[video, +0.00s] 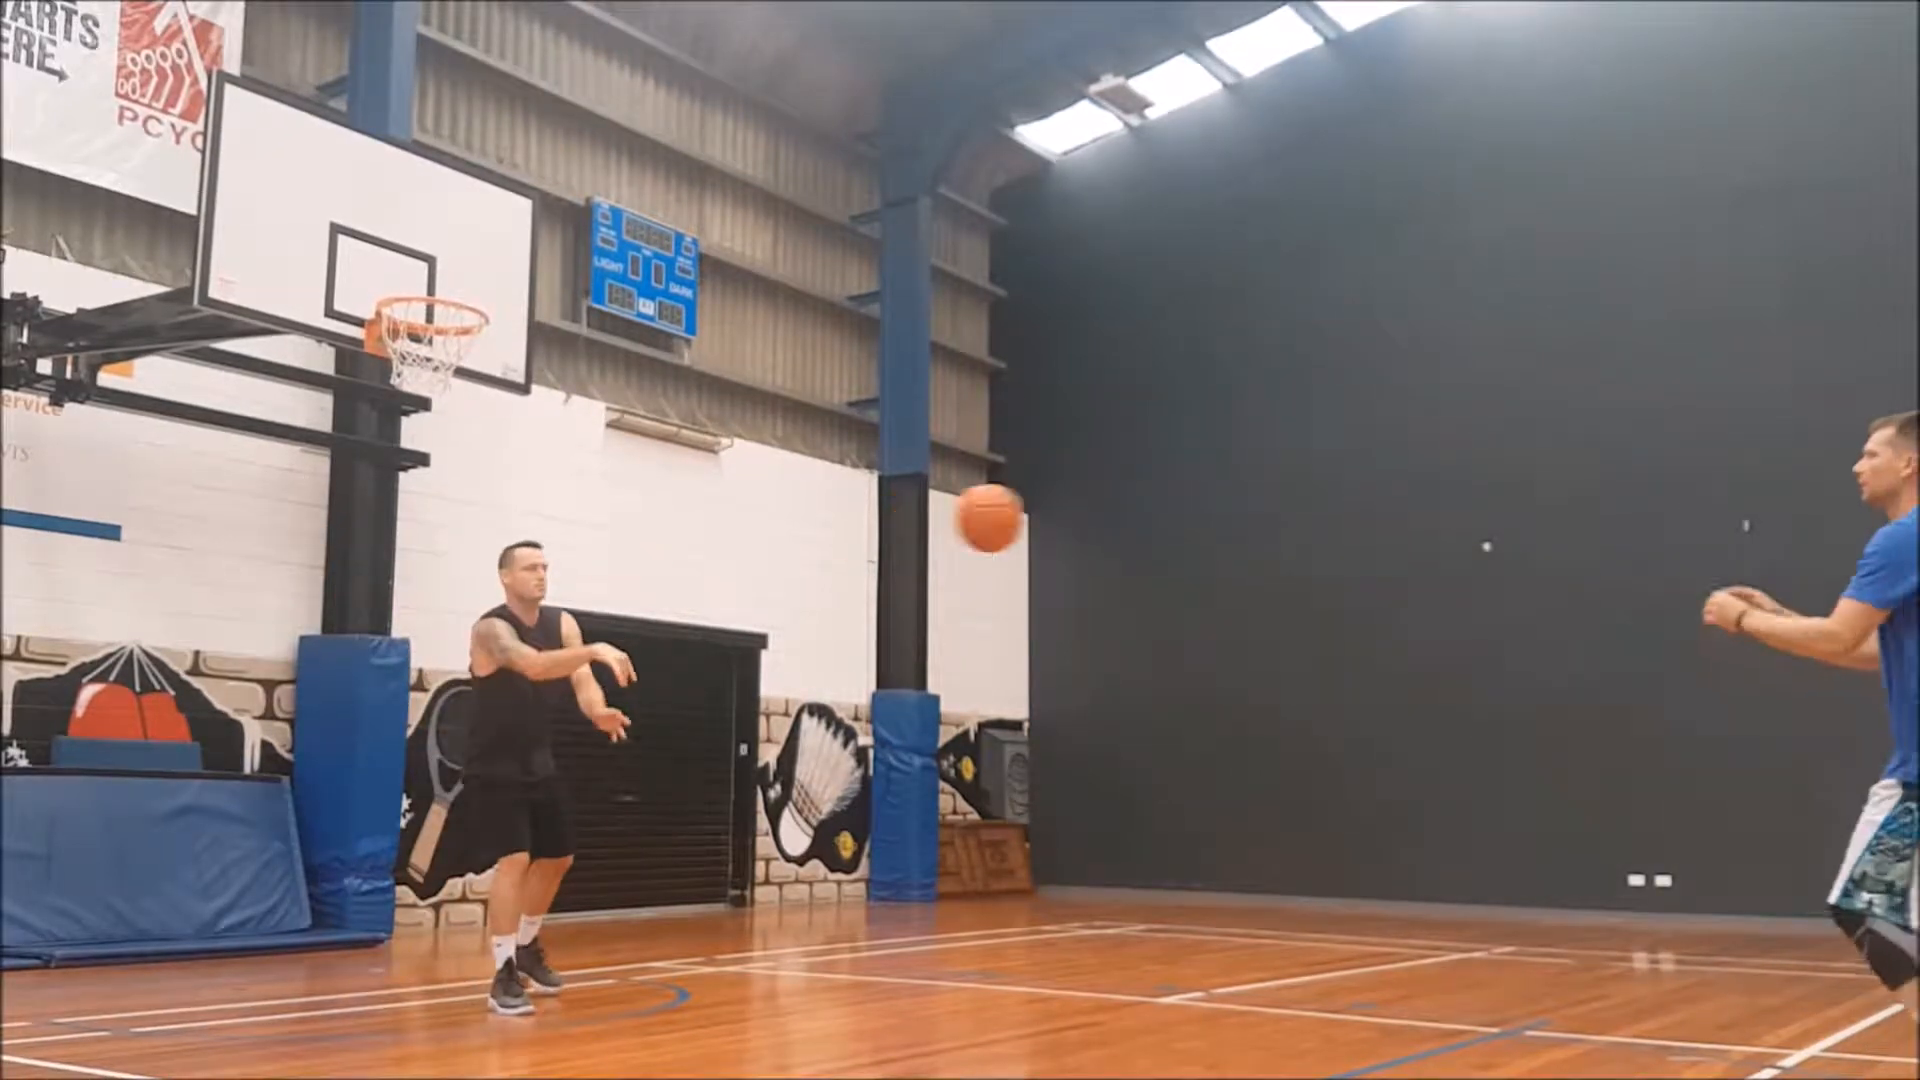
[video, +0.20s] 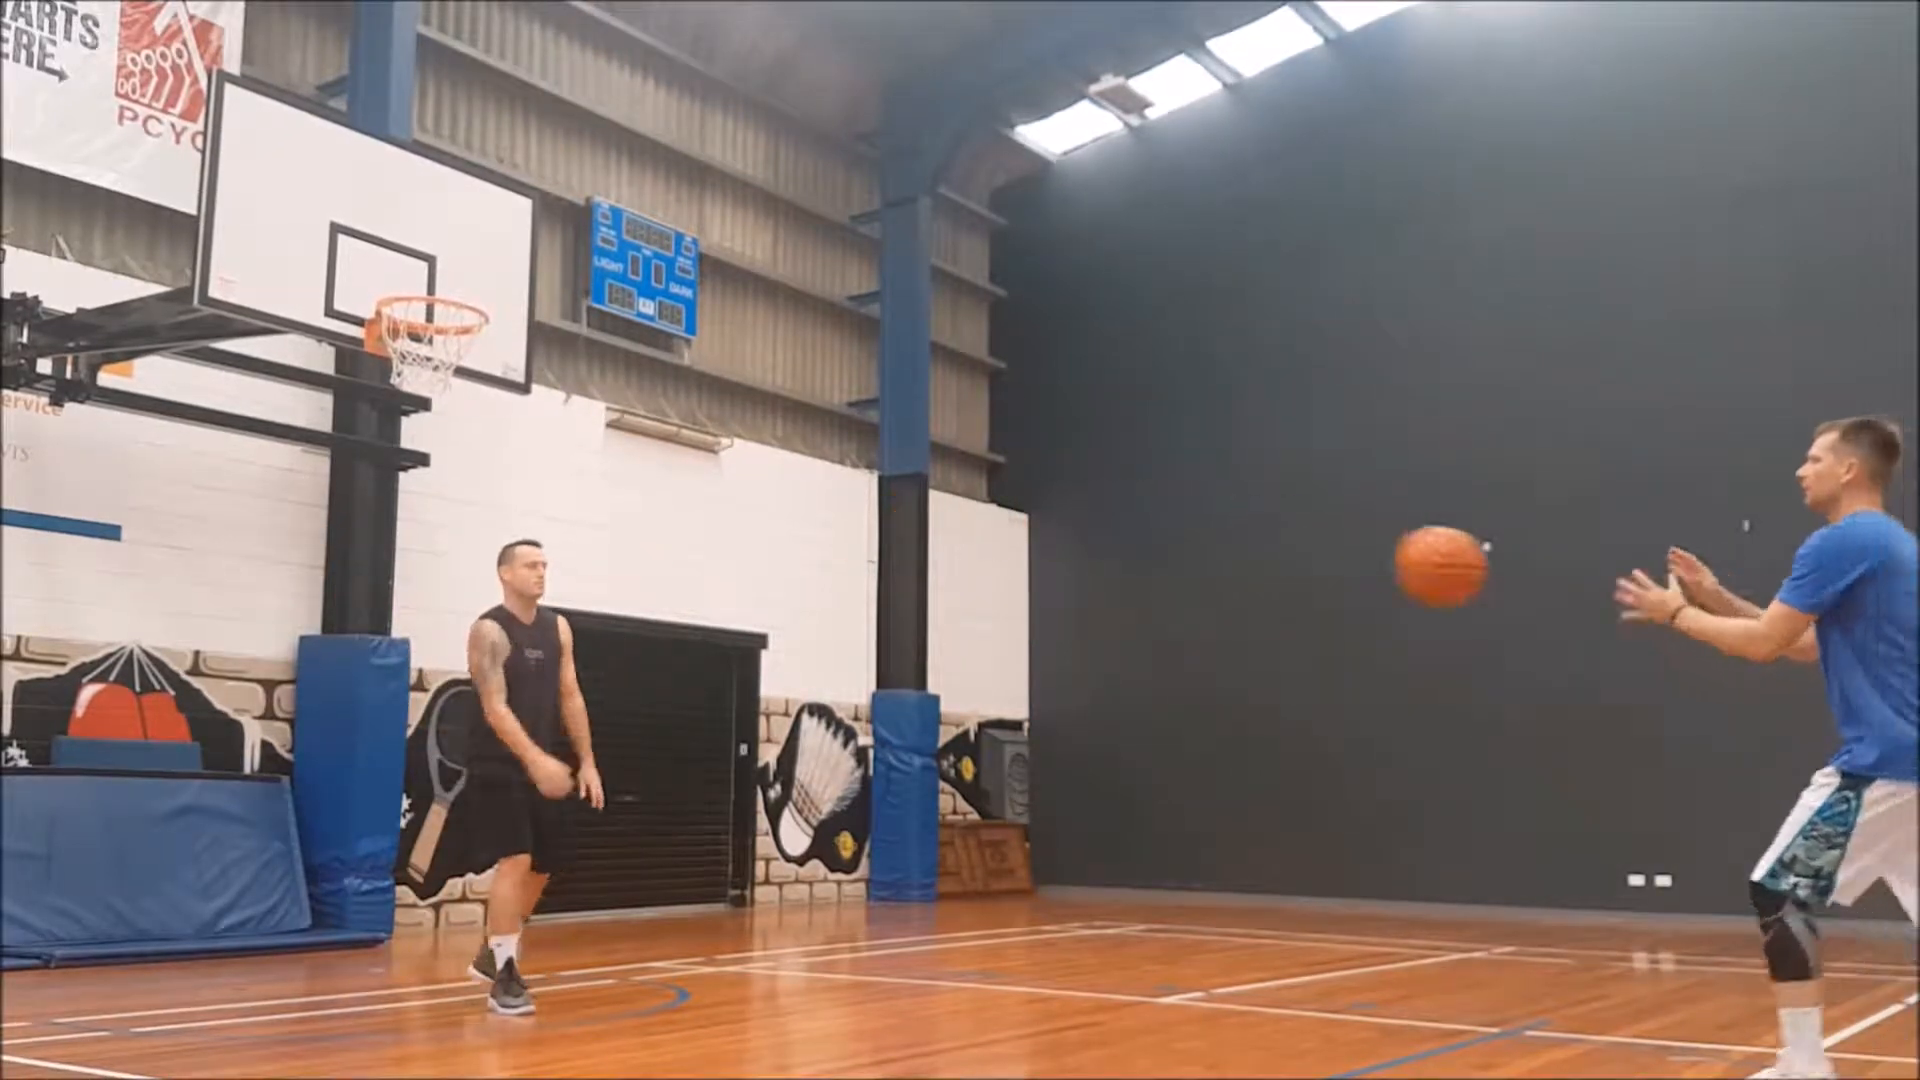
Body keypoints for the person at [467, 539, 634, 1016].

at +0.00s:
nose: (541, 576)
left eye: (543, 569)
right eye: (530, 569)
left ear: (547, 575)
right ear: (505, 578)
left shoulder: (563, 624)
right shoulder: (491, 629)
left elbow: (582, 678)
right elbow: (533, 666)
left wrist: (598, 711)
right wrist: (593, 652)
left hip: (539, 767)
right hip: (495, 769)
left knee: (557, 855)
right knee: (514, 857)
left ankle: (524, 946)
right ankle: (504, 974)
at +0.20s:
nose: (541, 573)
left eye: (543, 566)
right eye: (531, 566)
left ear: (545, 575)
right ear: (504, 574)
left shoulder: (558, 626)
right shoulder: (488, 631)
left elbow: (570, 696)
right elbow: (494, 709)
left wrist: (586, 759)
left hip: (545, 764)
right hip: (500, 765)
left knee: (541, 867)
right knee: (515, 860)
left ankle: (494, 950)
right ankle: (506, 972)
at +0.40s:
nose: (539, 578)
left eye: (543, 572)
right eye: (530, 571)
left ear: (546, 581)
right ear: (505, 579)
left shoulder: (556, 636)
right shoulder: (479, 636)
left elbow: (558, 705)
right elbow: (441, 702)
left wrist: (560, 768)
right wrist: (413, 767)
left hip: (531, 770)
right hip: (485, 768)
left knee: (510, 864)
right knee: (507, 861)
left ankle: (483, 962)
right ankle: (503, 969)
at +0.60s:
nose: (536, 578)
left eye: (540, 572)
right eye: (527, 570)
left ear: (542, 583)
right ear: (502, 579)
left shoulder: (554, 640)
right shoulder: (470, 631)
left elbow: (557, 709)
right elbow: (418, 686)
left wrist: (559, 771)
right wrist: (371, 736)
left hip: (531, 772)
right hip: (481, 767)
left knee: (510, 866)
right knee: (483, 857)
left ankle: (488, 963)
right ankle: (464, 968)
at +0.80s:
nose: (522, 581)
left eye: (528, 577)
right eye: (514, 574)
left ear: (533, 588)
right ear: (493, 582)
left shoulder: (546, 642)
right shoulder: (460, 633)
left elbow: (559, 707)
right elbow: (424, 691)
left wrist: (571, 765)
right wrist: (396, 747)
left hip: (523, 774)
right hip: (466, 772)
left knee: (503, 866)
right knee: (452, 862)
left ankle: (484, 965)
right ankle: (435, 942)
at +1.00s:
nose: (505, 588)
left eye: (512, 584)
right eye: (498, 581)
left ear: (517, 595)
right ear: (479, 589)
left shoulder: (534, 644)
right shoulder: (449, 640)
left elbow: (550, 699)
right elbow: (436, 703)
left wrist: (564, 737)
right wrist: (459, 750)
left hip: (511, 774)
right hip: (453, 770)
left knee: (498, 867)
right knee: (439, 863)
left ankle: (485, 963)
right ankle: (441, 934)